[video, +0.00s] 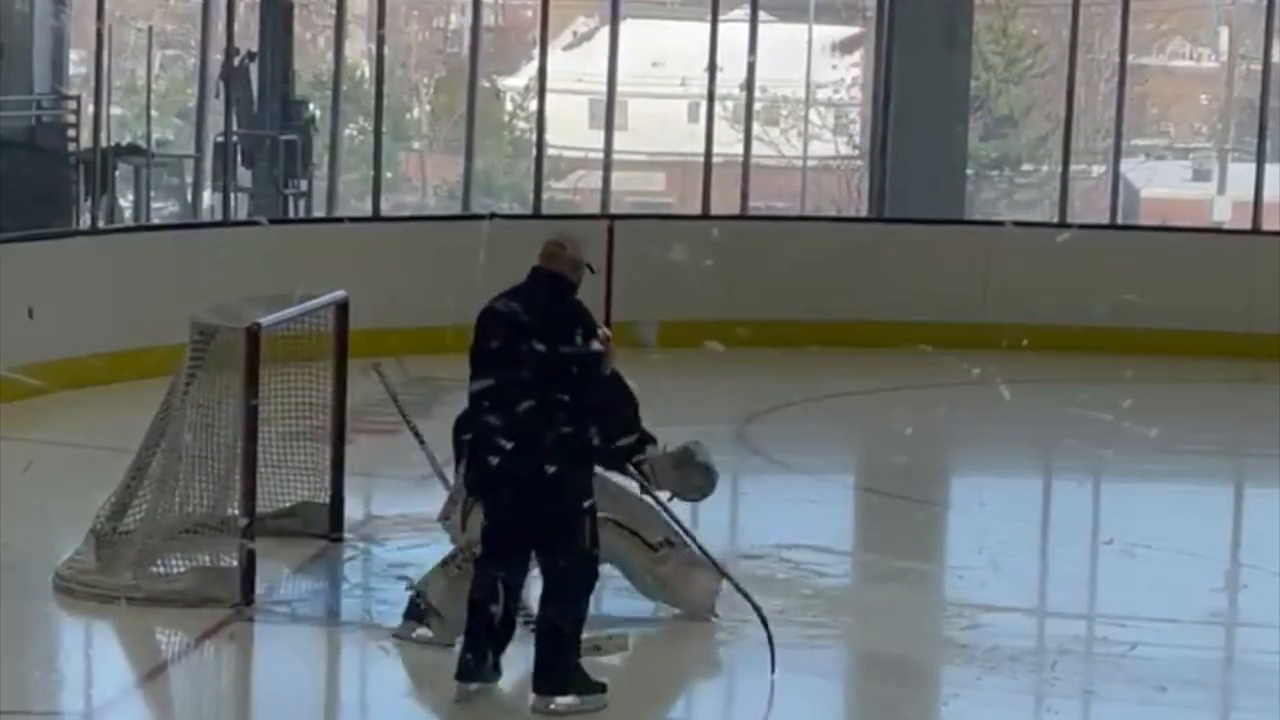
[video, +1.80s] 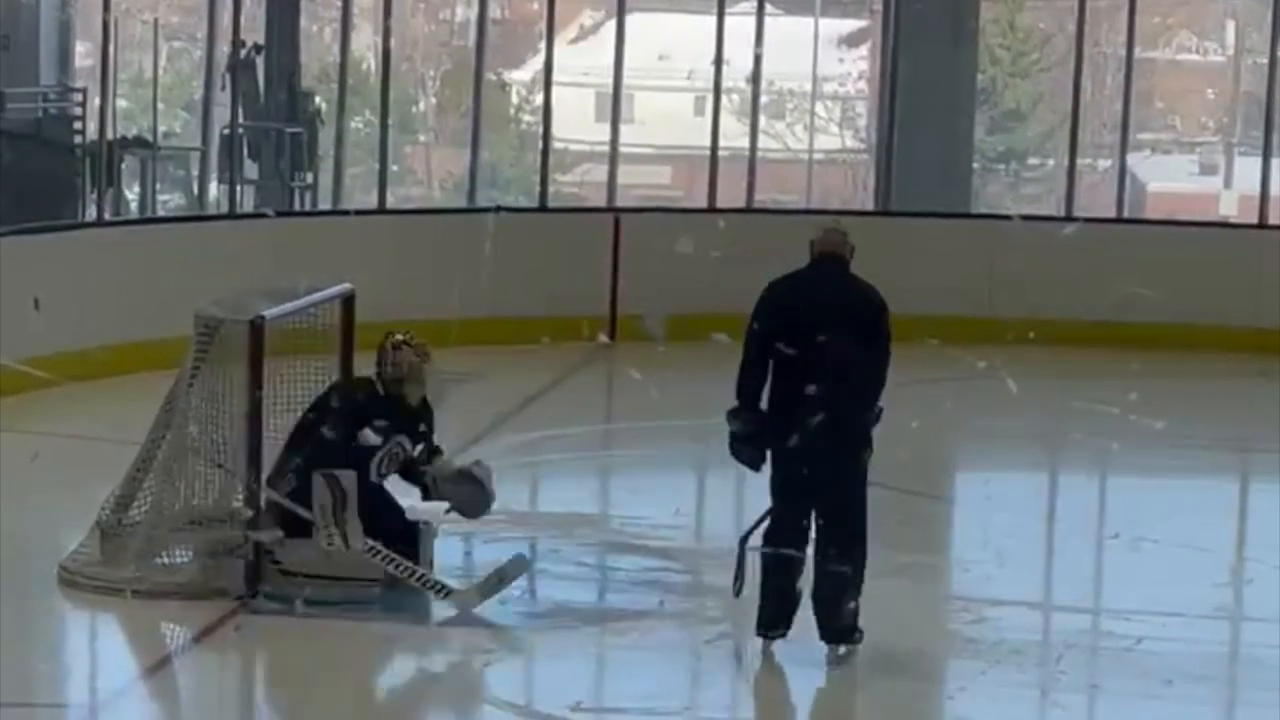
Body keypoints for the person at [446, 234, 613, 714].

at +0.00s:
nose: (583, 281)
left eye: (582, 274)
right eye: (582, 274)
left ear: (538, 265)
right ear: (575, 272)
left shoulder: (496, 312)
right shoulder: (577, 323)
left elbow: (483, 396)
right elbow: (601, 396)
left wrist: (475, 466)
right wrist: (633, 446)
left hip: (503, 464)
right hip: (561, 470)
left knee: (498, 565)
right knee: (572, 573)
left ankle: (475, 667)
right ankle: (557, 676)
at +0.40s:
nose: (639, 288)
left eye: (632, 279)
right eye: (642, 281)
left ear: (604, 275)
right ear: (643, 281)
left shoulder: (565, 320)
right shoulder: (650, 333)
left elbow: (545, 389)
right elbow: (668, 405)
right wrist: (684, 447)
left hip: (567, 463)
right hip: (626, 473)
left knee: (542, 563)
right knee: (636, 572)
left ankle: (495, 660)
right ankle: (602, 676)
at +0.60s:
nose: (690, 280)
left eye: (687, 272)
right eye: (690, 273)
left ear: (648, 270)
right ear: (685, 274)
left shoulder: (611, 314)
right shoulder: (694, 322)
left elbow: (587, 386)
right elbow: (731, 377)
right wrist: (735, 426)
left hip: (611, 457)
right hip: (668, 465)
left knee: (597, 559)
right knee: (674, 574)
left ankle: (540, 654)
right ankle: (648, 680)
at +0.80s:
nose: (715, 279)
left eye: (711, 269)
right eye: (715, 271)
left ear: (684, 270)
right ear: (724, 274)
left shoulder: (647, 316)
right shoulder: (737, 320)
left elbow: (630, 397)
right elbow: (783, 377)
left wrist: (634, 460)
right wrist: (770, 429)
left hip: (649, 462)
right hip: (708, 466)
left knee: (660, 560)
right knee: (710, 566)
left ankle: (633, 658)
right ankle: (688, 667)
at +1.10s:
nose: (753, 274)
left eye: (746, 265)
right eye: (757, 266)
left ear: (727, 267)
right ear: (769, 269)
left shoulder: (695, 313)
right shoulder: (791, 317)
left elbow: (675, 385)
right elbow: (829, 378)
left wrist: (672, 444)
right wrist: (812, 432)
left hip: (707, 458)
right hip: (764, 459)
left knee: (713, 554)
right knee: (765, 558)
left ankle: (698, 656)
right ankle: (752, 666)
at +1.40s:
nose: (786, 267)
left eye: (772, 258)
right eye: (791, 260)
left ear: (757, 264)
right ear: (798, 266)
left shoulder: (725, 306)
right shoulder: (816, 309)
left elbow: (704, 384)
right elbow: (832, 377)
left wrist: (704, 446)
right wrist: (812, 424)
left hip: (739, 450)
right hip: (795, 452)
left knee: (747, 542)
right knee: (809, 548)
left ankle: (737, 644)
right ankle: (813, 655)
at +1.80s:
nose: (840, 262)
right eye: (847, 256)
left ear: (810, 254)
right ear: (849, 257)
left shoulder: (780, 292)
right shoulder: (868, 300)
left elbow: (754, 362)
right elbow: (875, 371)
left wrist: (746, 421)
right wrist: (861, 420)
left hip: (788, 430)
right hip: (844, 436)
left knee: (786, 521)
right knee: (842, 529)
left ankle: (771, 621)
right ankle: (839, 630)